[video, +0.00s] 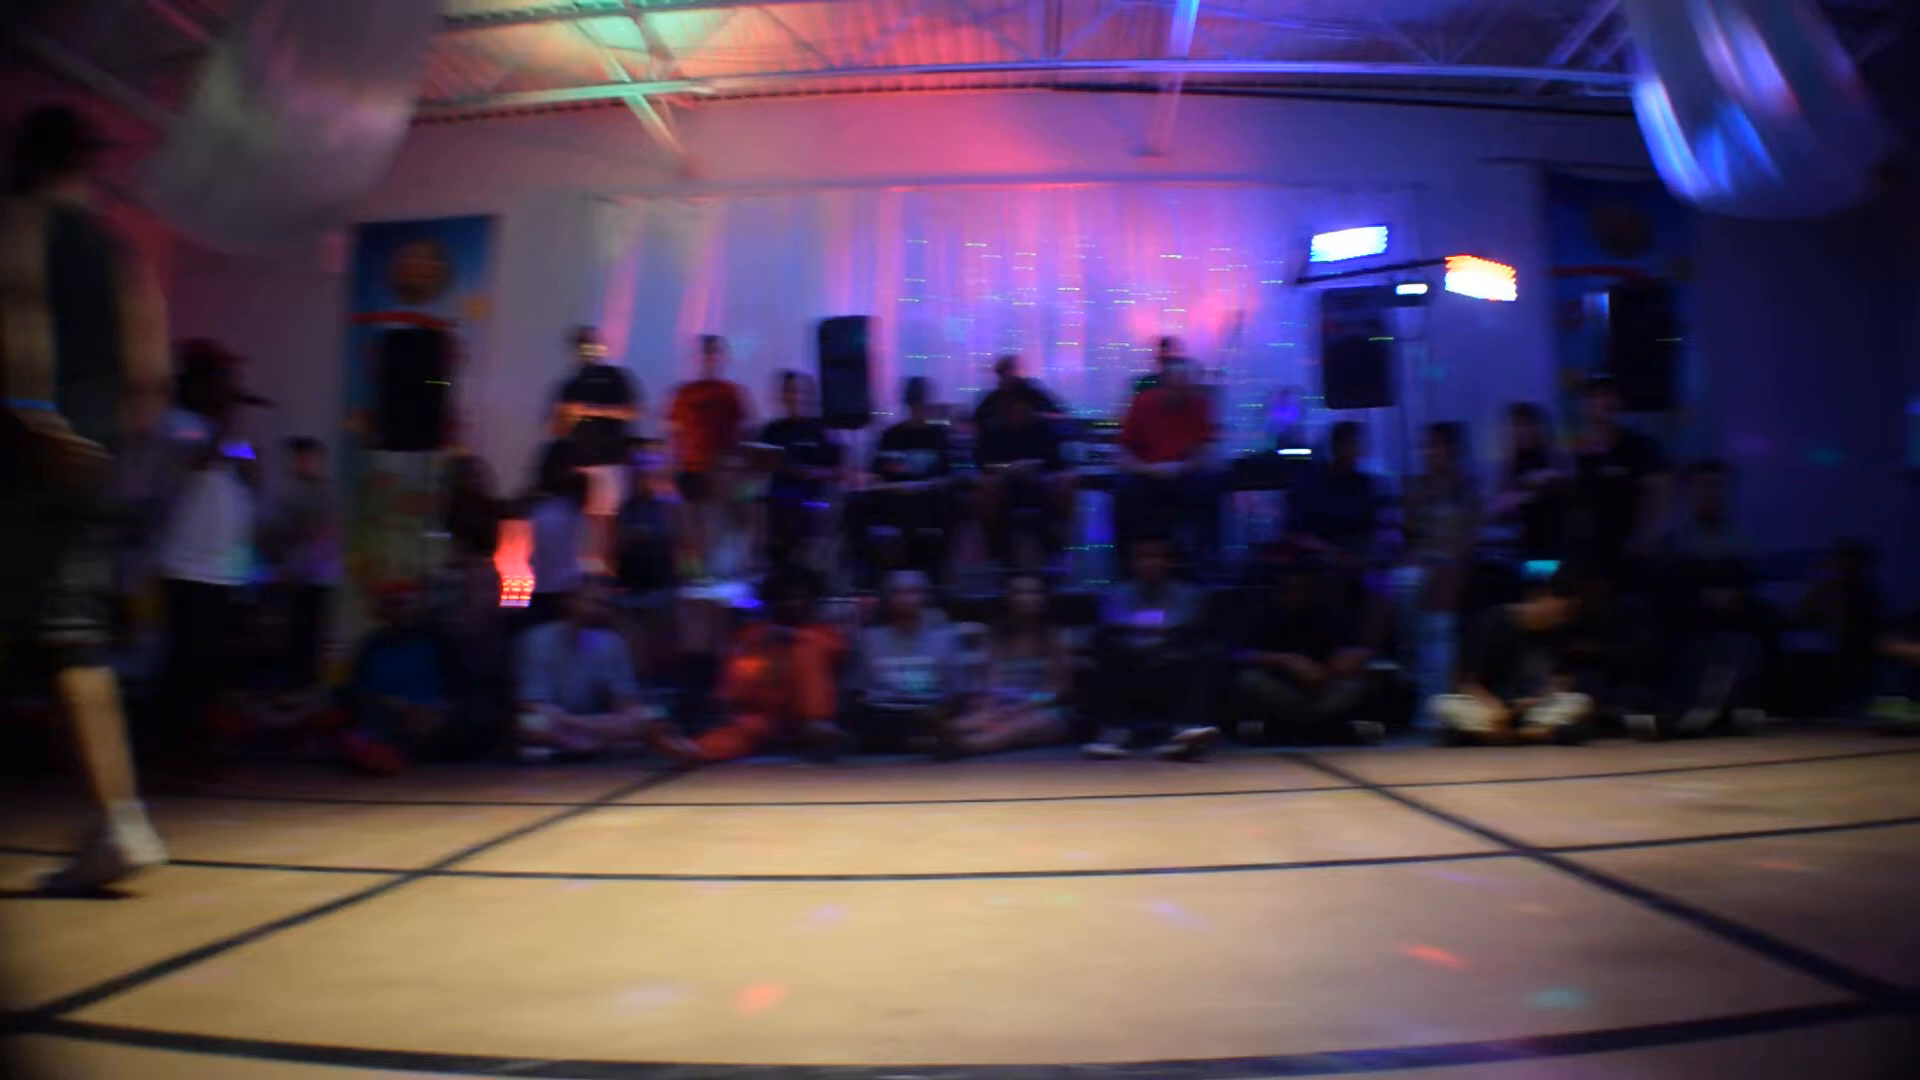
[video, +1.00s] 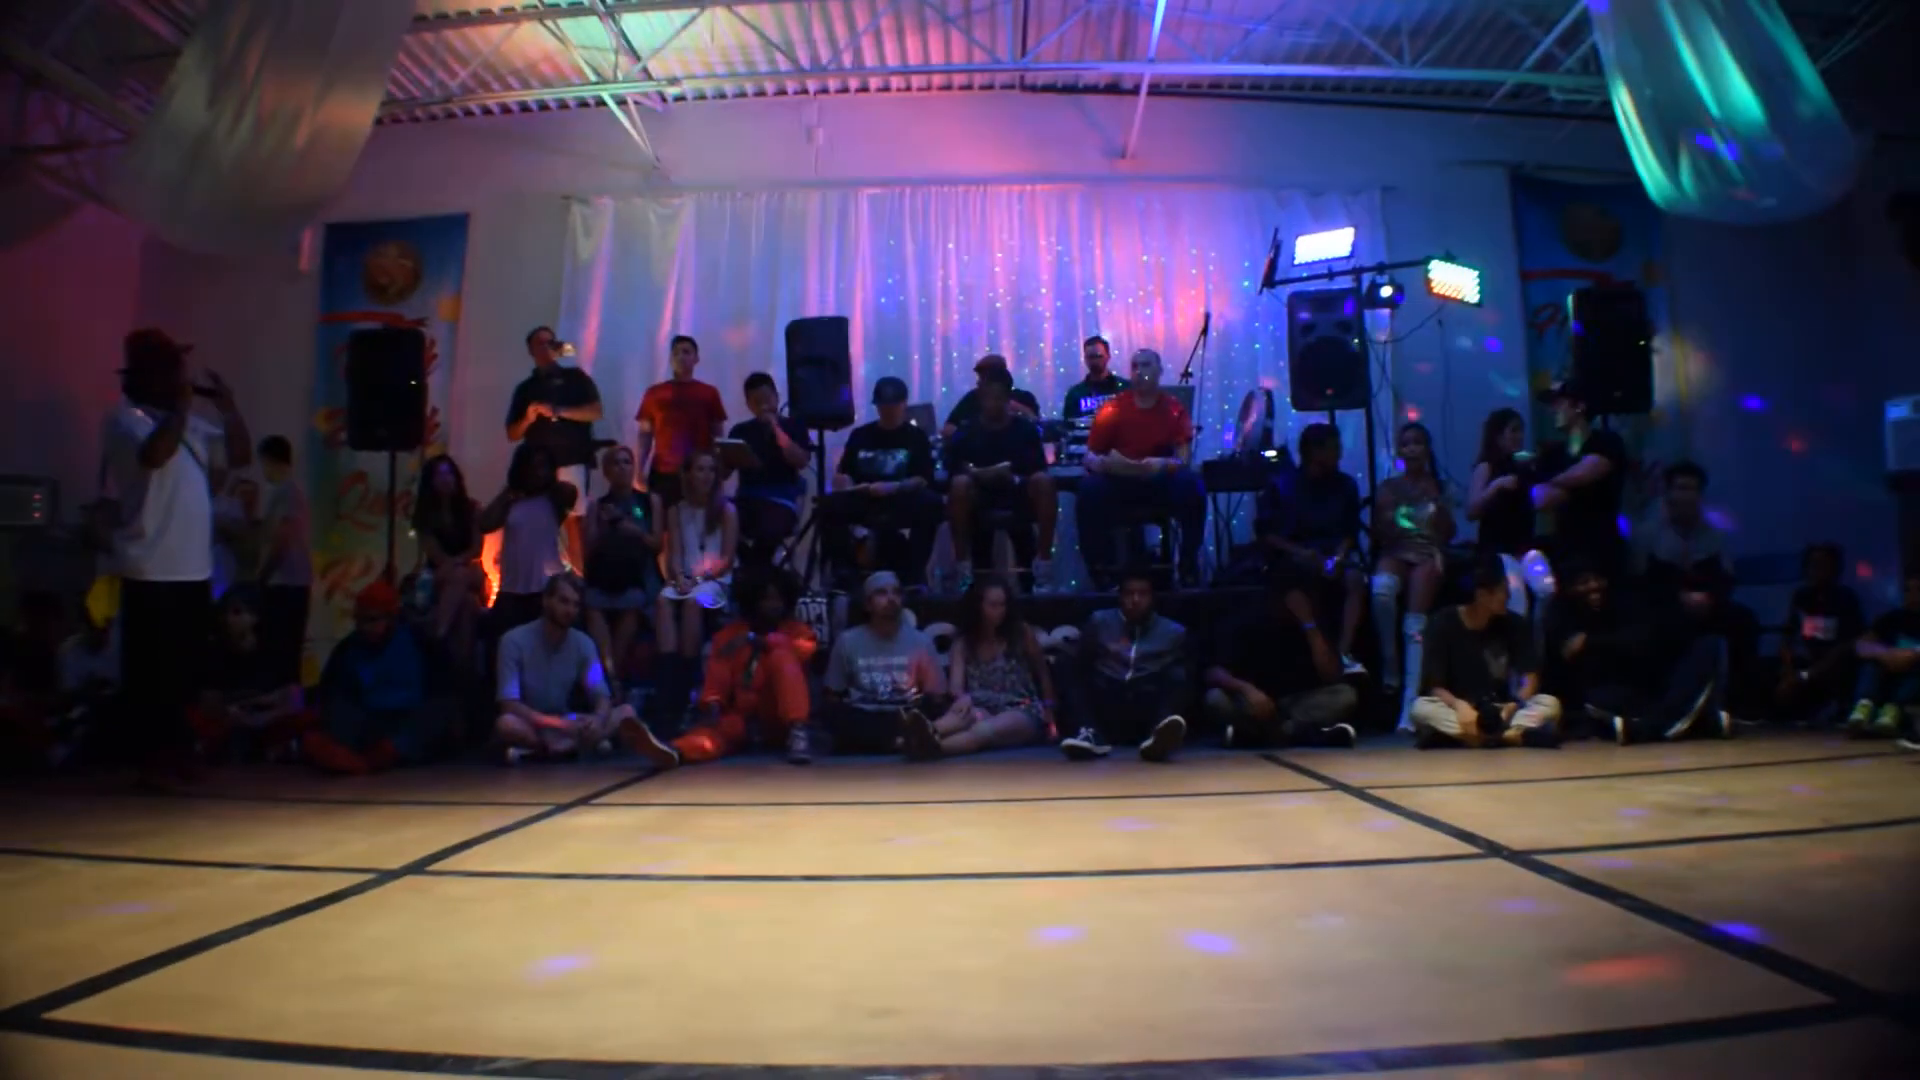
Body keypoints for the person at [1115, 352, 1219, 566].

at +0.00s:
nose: (1175, 380)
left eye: (1180, 374)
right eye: (1170, 374)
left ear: (1188, 376)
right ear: (1162, 375)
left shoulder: (1197, 403)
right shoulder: (1145, 402)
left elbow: (1207, 449)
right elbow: (1123, 451)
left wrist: (1182, 466)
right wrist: (1149, 468)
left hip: (1187, 477)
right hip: (1148, 476)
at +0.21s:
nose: (1128, 393)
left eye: (1135, 386)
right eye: (1123, 386)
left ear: (1145, 385)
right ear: (1114, 383)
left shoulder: (1152, 409)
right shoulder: (1092, 407)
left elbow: (1157, 456)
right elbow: (1070, 457)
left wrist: (1132, 472)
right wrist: (1097, 471)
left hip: (1136, 479)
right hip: (1099, 479)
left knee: (1169, 491)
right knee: (1073, 498)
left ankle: (1166, 569)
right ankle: (1077, 572)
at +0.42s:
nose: (1128, 381)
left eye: (1135, 375)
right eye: (1123, 374)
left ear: (1146, 378)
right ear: (1116, 376)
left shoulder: (1156, 409)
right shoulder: (1095, 406)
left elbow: (1161, 455)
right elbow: (1074, 455)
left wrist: (1133, 469)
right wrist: (1104, 467)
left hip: (1140, 478)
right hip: (1101, 479)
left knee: (1172, 489)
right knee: (1073, 492)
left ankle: (1168, 569)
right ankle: (1080, 575)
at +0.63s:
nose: (1122, 377)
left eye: (1129, 372)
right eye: (1118, 371)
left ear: (1140, 375)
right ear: (1112, 374)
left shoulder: (1153, 411)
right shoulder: (1092, 408)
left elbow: (1159, 458)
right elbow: (1071, 453)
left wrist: (1130, 469)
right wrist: (1081, 464)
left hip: (1137, 479)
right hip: (1099, 479)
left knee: (1170, 491)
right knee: (1068, 494)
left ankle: (1167, 566)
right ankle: (1077, 575)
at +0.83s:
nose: (1149, 376)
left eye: (1155, 370)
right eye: (1144, 370)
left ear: (1165, 375)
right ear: (1137, 375)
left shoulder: (1177, 411)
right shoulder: (1117, 410)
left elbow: (1185, 460)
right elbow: (1096, 459)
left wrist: (1157, 469)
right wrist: (1116, 468)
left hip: (1161, 483)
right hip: (1123, 483)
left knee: (1194, 490)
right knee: (1094, 493)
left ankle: (1192, 567)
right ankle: (1102, 572)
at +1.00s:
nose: (1139, 372)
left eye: (1146, 366)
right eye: (1135, 366)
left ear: (1159, 371)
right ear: (1130, 373)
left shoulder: (1174, 410)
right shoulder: (1112, 409)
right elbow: (1090, 457)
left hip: (1158, 482)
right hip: (1119, 481)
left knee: (1193, 488)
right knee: (1090, 492)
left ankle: (1189, 568)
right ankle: (1100, 574)